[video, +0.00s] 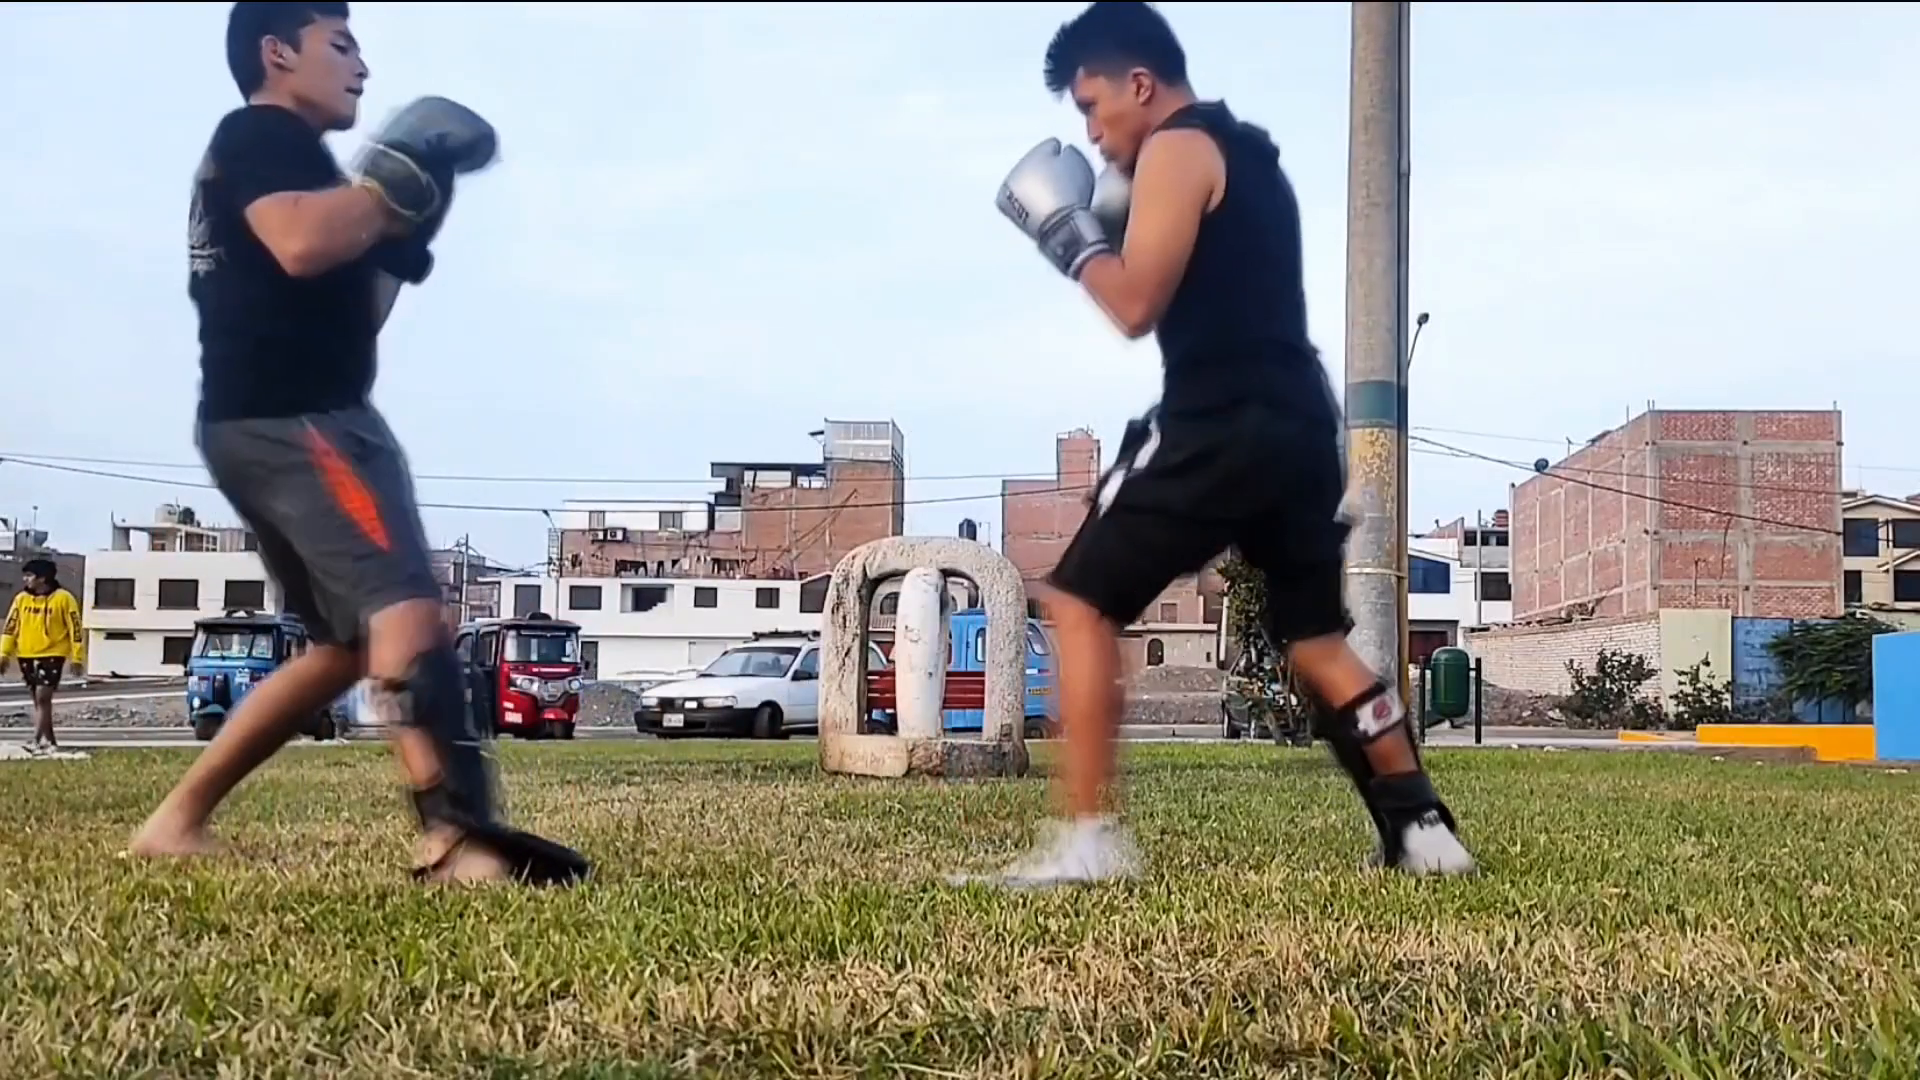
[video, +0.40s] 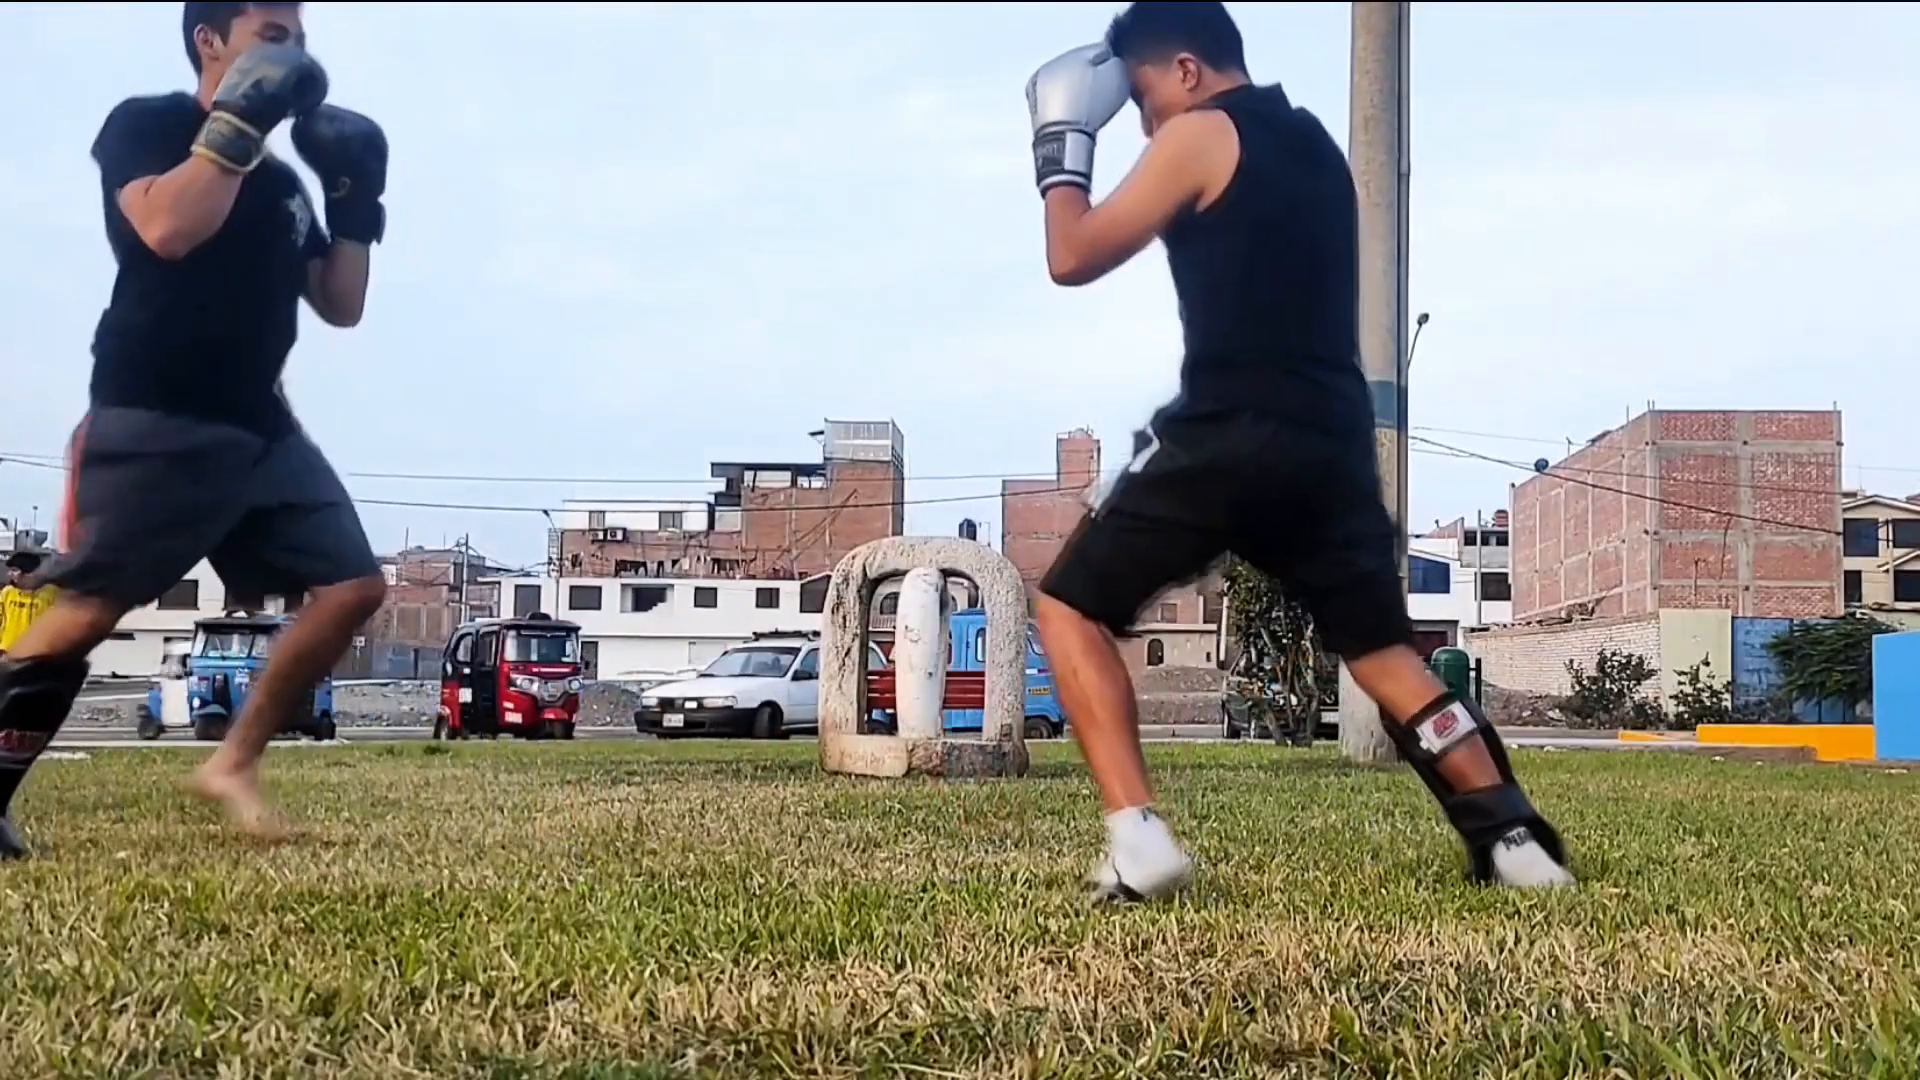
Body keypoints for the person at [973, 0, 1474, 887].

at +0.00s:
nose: (1089, 134)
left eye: (1089, 108)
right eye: (1082, 115)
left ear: (1141, 81)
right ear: (1164, 83)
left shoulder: (1179, 150)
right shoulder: (1251, 150)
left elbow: (1131, 306)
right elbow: (1223, 291)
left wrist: (1064, 227)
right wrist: (1138, 205)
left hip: (1220, 431)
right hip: (1303, 432)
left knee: (1077, 598)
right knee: (1316, 639)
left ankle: (1088, 835)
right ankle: (1422, 828)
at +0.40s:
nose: (1146, 121)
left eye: (1146, 99)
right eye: (1139, 105)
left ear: (1184, 70)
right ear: (1223, 65)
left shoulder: (1199, 136)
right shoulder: (1316, 146)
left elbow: (1071, 257)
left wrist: (1061, 143)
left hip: (1226, 436)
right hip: (1334, 448)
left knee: (1069, 606)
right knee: (1382, 649)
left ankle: (1138, 841)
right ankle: (1513, 838)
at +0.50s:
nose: (1103, 76)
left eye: (1103, 56)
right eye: (1098, 60)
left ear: (1144, 30)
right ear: (1184, 24)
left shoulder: (1152, 98)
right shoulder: (1285, 113)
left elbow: (1040, 244)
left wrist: (1027, 134)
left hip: (1185, 403)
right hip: (1296, 411)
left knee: (1047, 603)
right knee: (1358, 625)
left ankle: (1104, 842)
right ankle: (1486, 834)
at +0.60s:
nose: (1053, 66)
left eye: (1052, 46)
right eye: (1048, 50)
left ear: (1090, 25)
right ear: (1141, 23)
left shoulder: (1098, 100)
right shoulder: (1245, 115)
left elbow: (980, 239)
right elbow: (1252, 282)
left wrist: (969, 128)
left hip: (1135, 413)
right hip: (1251, 416)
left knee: (1053, 635)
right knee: (1317, 621)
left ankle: (1100, 884)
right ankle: (1458, 819)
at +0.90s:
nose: (963, 47)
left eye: (962, 30)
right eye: (961, 34)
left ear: (995, 20)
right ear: (1064, 16)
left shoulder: (988, 86)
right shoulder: (1169, 98)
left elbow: (883, 219)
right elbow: (1214, 264)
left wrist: (885, 108)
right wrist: (1114, 210)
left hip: (1047, 376)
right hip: (1164, 385)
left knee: (1040, 632)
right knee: (1127, 629)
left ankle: (1102, 887)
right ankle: (1087, 816)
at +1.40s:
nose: (899, 69)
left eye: (900, 54)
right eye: (900, 56)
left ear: (926, 43)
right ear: (999, 36)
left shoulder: (904, 104)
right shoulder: (1084, 123)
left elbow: (813, 233)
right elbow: (1106, 287)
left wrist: (827, 128)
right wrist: (1027, 225)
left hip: (895, 384)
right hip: (1018, 417)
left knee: (764, 403)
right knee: (1000, 623)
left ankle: (807, 582)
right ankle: (1013, 851)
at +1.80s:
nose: (912, 127)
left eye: (903, 114)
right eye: (913, 114)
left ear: (829, 86)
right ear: (906, 107)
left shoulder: (753, 150)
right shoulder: (906, 175)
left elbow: (705, 263)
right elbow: (949, 331)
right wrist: (918, 256)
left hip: (710, 433)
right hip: (821, 446)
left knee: (669, 640)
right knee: (900, 631)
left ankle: (613, 836)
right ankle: (945, 836)